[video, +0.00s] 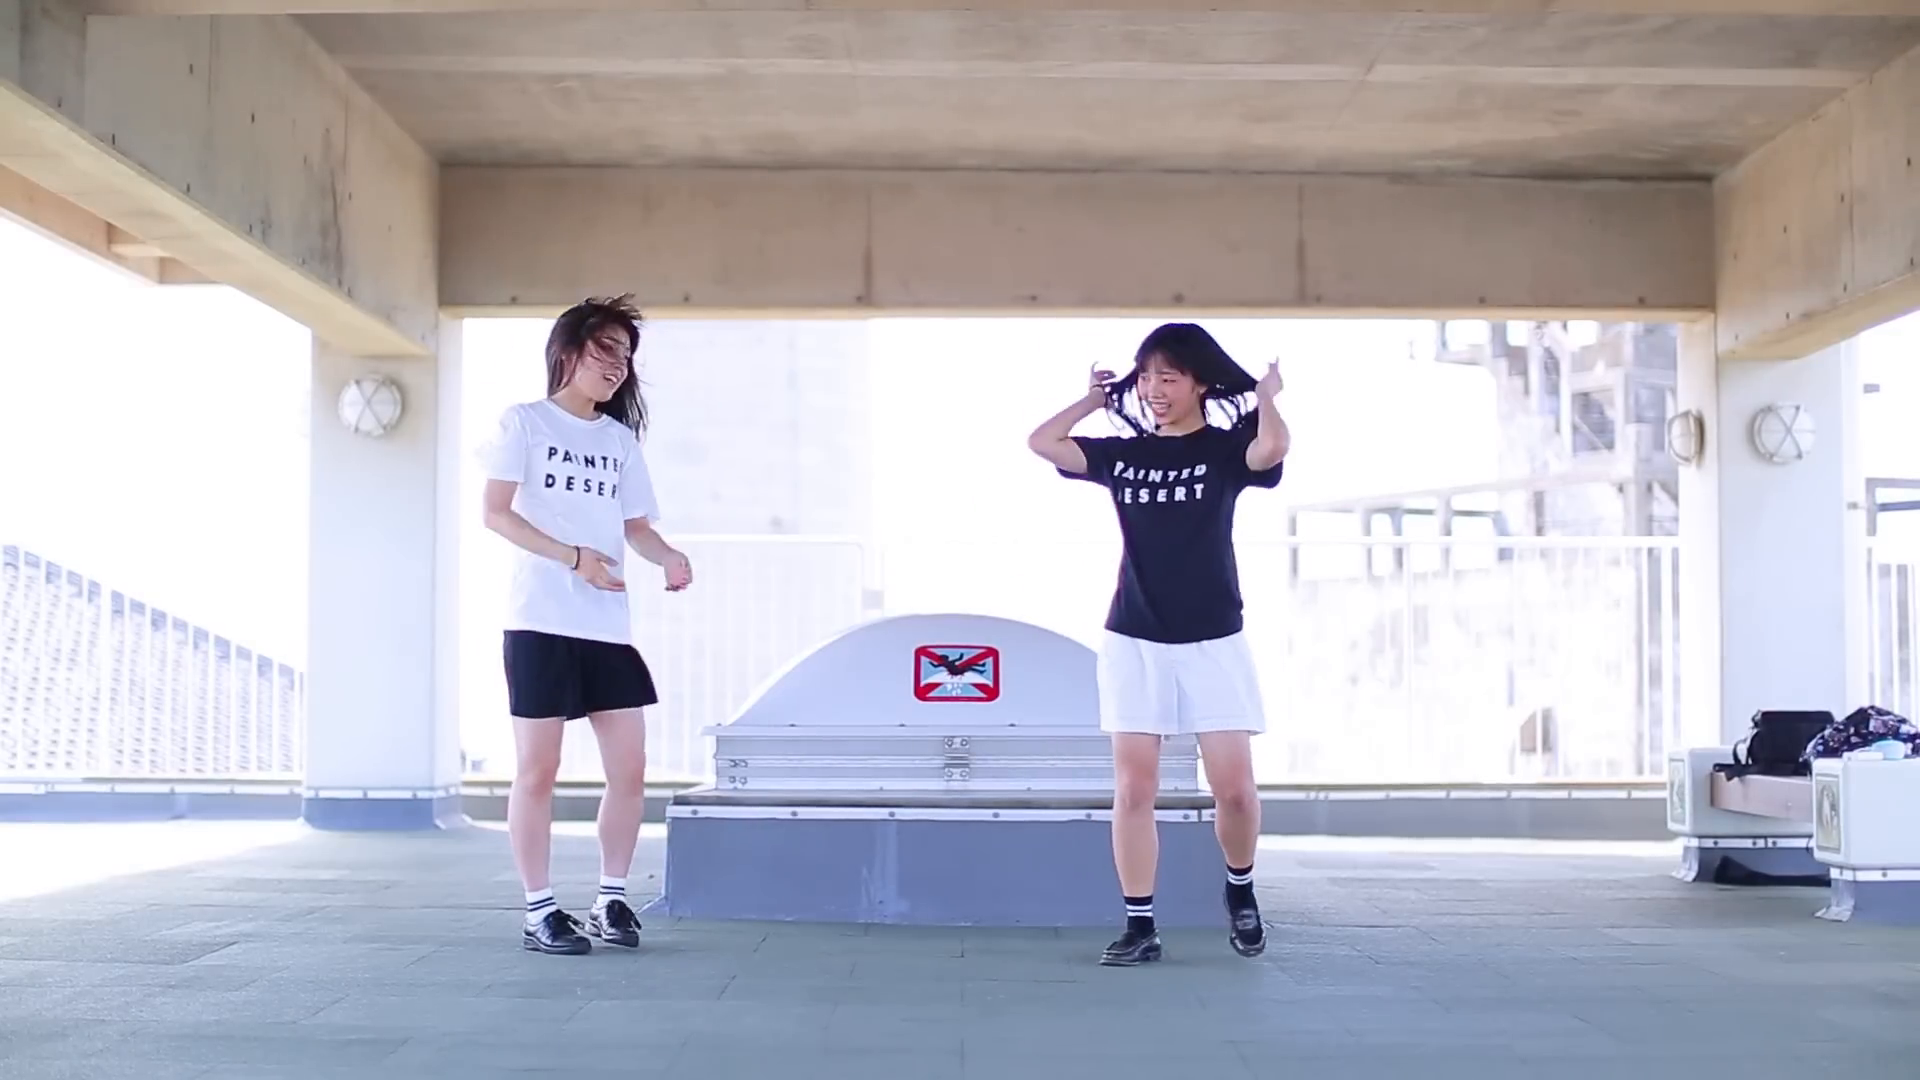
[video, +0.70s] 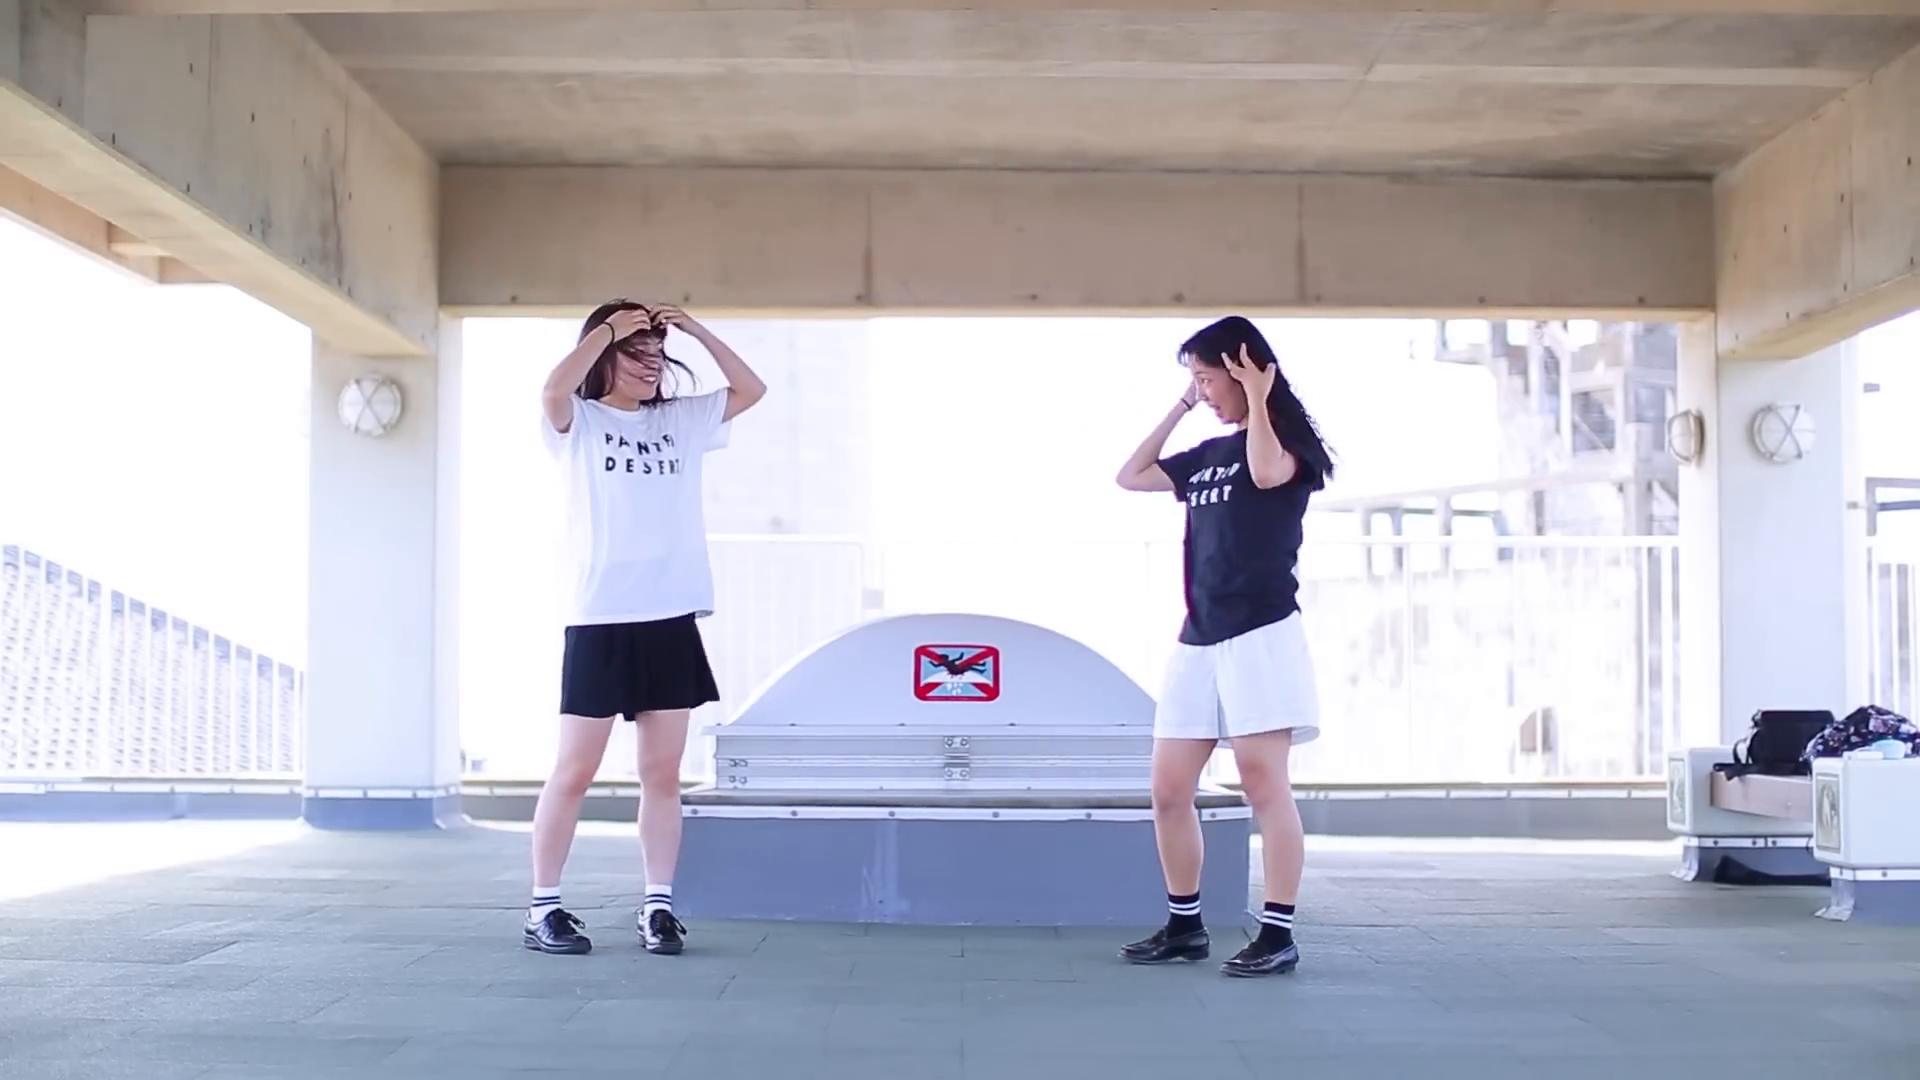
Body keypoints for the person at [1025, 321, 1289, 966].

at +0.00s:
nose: (1156, 390)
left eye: (1170, 377)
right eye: (1148, 379)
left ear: (1201, 383)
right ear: (1140, 387)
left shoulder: (1225, 447)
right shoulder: (1121, 455)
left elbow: (1273, 447)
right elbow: (1042, 442)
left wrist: (1266, 398)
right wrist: (1093, 399)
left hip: (1212, 638)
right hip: (1134, 639)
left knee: (1235, 791)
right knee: (1133, 788)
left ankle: (1241, 895)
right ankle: (1139, 928)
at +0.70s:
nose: (1196, 391)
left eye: (1203, 378)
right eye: (1193, 381)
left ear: (1243, 372)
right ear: (1211, 384)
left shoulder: (1292, 441)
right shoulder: (1210, 454)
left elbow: (1265, 472)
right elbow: (1133, 475)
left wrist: (1258, 397)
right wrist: (1176, 412)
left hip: (1262, 637)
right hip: (1198, 642)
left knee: (1264, 784)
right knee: (1169, 790)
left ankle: (1276, 936)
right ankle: (1184, 927)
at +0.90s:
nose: (1194, 389)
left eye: (1201, 374)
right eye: (1191, 377)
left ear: (1237, 371)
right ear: (1213, 379)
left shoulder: (1286, 437)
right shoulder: (1211, 455)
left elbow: (1283, 523)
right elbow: (1176, 541)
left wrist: (1239, 442)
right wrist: (1145, 467)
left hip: (1259, 636)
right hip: (1197, 640)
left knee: (1258, 782)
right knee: (1173, 794)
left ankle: (1276, 936)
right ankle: (1195, 920)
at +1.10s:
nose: (1166, 383)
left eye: (1174, 370)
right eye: (1165, 371)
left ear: (1213, 373)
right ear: (1200, 377)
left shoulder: (1260, 439)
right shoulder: (1190, 455)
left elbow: (1291, 542)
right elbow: (1188, 560)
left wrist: (1233, 564)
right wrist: (1127, 611)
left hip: (1245, 639)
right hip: (1185, 643)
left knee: (1252, 782)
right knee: (1167, 793)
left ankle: (1275, 935)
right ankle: (1180, 925)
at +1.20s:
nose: (1149, 380)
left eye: (1158, 368)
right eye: (1147, 368)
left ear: (1196, 371)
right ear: (1169, 376)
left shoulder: (1240, 440)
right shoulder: (1172, 452)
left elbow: (1272, 544)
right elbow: (1181, 560)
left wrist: (1240, 605)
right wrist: (1145, 632)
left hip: (1231, 639)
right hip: (1171, 646)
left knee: (1243, 781)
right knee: (1161, 793)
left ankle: (1273, 934)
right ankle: (1179, 926)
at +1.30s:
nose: (1140, 384)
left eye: (1150, 371)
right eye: (1135, 373)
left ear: (1187, 369)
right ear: (1139, 375)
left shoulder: (1230, 442)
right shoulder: (1157, 454)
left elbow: (1262, 543)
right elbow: (1169, 554)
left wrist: (1212, 589)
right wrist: (1131, 613)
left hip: (1223, 636)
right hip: (1160, 641)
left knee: (1227, 780)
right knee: (1157, 788)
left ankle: (1270, 930)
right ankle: (1178, 925)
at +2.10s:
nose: (1172, 403)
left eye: (1181, 388)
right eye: (1161, 392)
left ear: (1213, 379)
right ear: (1152, 392)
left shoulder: (1250, 434)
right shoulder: (1150, 445)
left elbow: (1250, 467)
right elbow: (1123, 495)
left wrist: (1214, 383)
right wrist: (1122, 407)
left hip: (1234, 633)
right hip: (1160, 637)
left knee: (1229, 782)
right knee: (1146, 796)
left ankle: (1234, 931)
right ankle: (1174, 913)